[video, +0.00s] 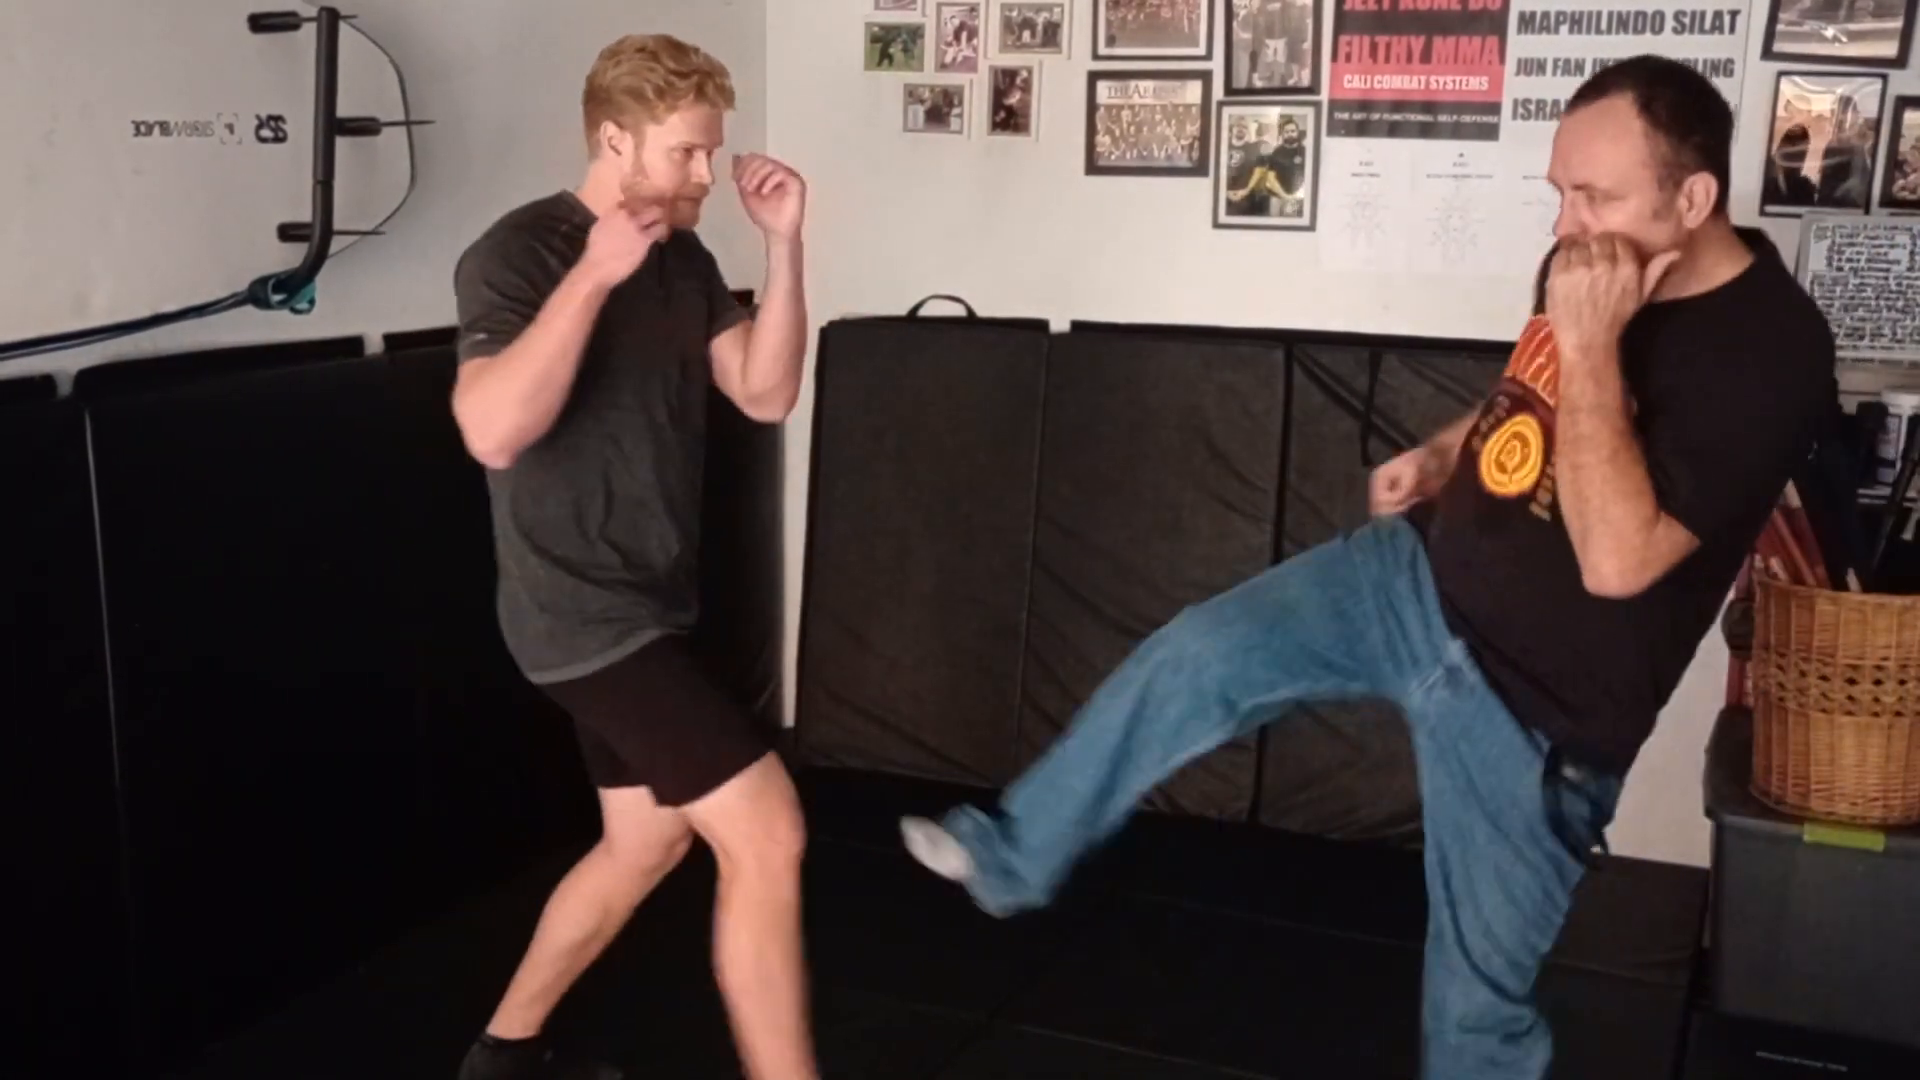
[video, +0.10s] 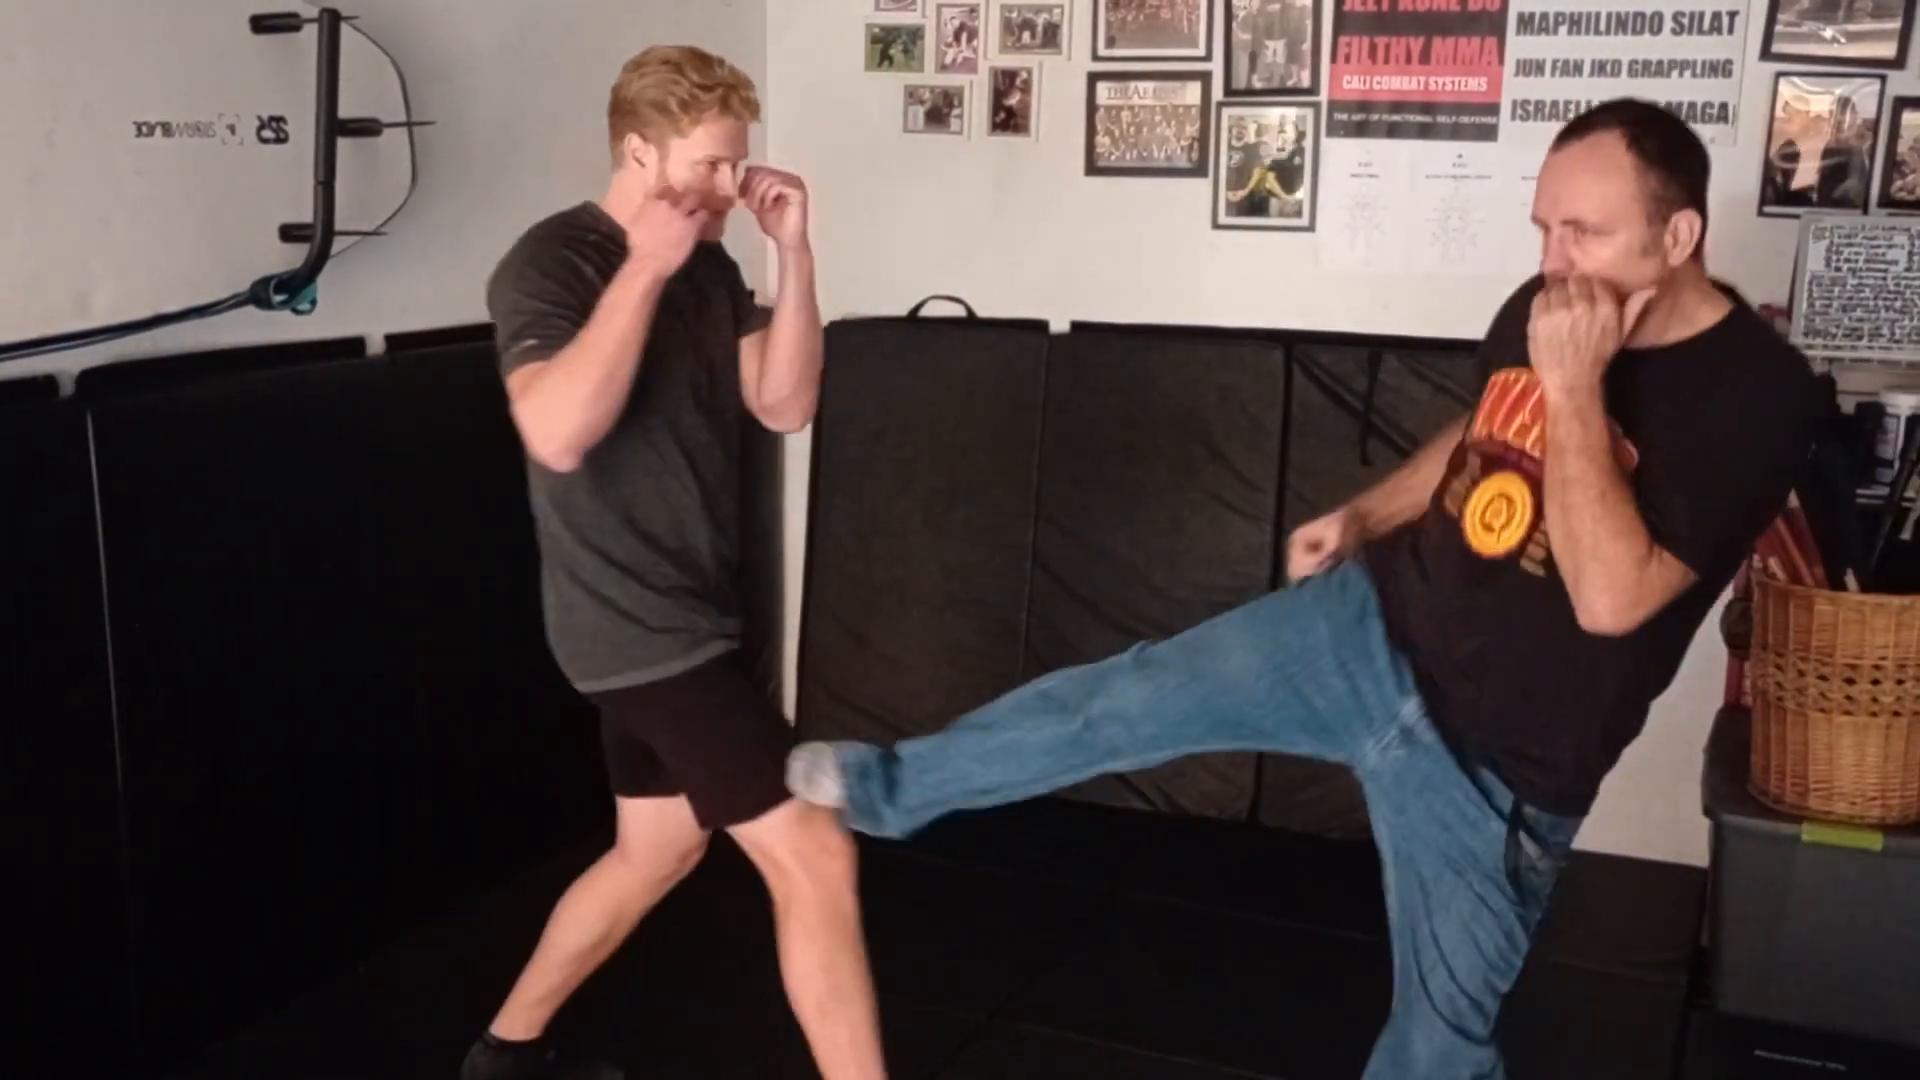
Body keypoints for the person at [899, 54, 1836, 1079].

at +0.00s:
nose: (1567, 225)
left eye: (1597, 197)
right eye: (1563, 196)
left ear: (1697, 198)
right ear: (1561, 184)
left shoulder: (1773, 353)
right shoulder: (1604, 268)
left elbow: (1620, 561)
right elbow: (1535, 398)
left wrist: (1592, 352)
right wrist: (1437, 457)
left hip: (1538, 728)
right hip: (1418, 576)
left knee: (1476, 1023)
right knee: (1198, 656)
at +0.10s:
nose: (1553, 255)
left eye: (1583, 235)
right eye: (1546, 228)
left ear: (1679, 241)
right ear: (1546, 216)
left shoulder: (1763, 396)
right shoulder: (1547, 310)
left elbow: (1613, 601)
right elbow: (1459, 448)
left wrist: (1573, 386)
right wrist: (1351, 519)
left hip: (1496, 782)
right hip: (1369, 627)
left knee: (1441, 1046)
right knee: (1126, 700)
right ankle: (881, 786)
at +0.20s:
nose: (1545, 282)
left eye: (1574, 257)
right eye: (1536, 255)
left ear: (1672, 256)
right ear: (1535, 240)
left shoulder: (1746, 409)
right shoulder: (1518, 325)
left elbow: (1628, 628)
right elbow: (1421, 462)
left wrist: (1563, 429)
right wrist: (1294, 546)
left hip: (1474, 783)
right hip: (1337, 633)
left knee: (1433, 1050)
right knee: (1099, 707)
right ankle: (866, 791)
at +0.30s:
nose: (1534, 272)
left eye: (1567, 249)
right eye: (1524, 243)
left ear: (1659, 246)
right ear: (1516, 231)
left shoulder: (1735, 403)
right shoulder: (1502, 308)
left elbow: (1610, 621)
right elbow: (1406, 437)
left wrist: (1548, 427)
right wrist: (1282, 528)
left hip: (1479, 759)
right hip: (1340, 619)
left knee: (1435, 1028)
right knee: (1110, 723)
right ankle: (874, 825)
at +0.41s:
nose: (1503, 251)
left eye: (1537, 225)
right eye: (1495, 220)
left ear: (1631, 225)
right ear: (1486, 214)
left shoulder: (1703, 384)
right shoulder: (1493, 289)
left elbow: (1575, 601)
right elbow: (1407, 420)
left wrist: (1514, 407)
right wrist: (1283, 496)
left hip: (1491, 741)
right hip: (1357, 604)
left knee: (1445, 1023)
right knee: (1150, 731)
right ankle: (950, 876)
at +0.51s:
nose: (1483, 235)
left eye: (1513, 205)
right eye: (1473, 205)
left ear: (1606, 206)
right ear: (1464, 199)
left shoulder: (1681, 364)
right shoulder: (1487, 288)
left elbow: (1561, 590)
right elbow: (1421, 410)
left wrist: (1476, 396)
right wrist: (1303, 459)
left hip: (1496, 743)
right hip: (1363, 618)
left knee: (1449, 1016)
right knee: (1186, 769)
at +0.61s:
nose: (1470, 213)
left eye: (1501, 184)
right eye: (1462, 183)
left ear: (1596, 189)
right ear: (1454, 183)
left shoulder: (1674, 352)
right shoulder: (1477, 276)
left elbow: (1581, 582)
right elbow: (1421, 424)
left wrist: (1471, 409)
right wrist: (1323, 429)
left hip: (1499, 754)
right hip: (1359, 658)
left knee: (1451, 1030)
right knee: (1241, 857)